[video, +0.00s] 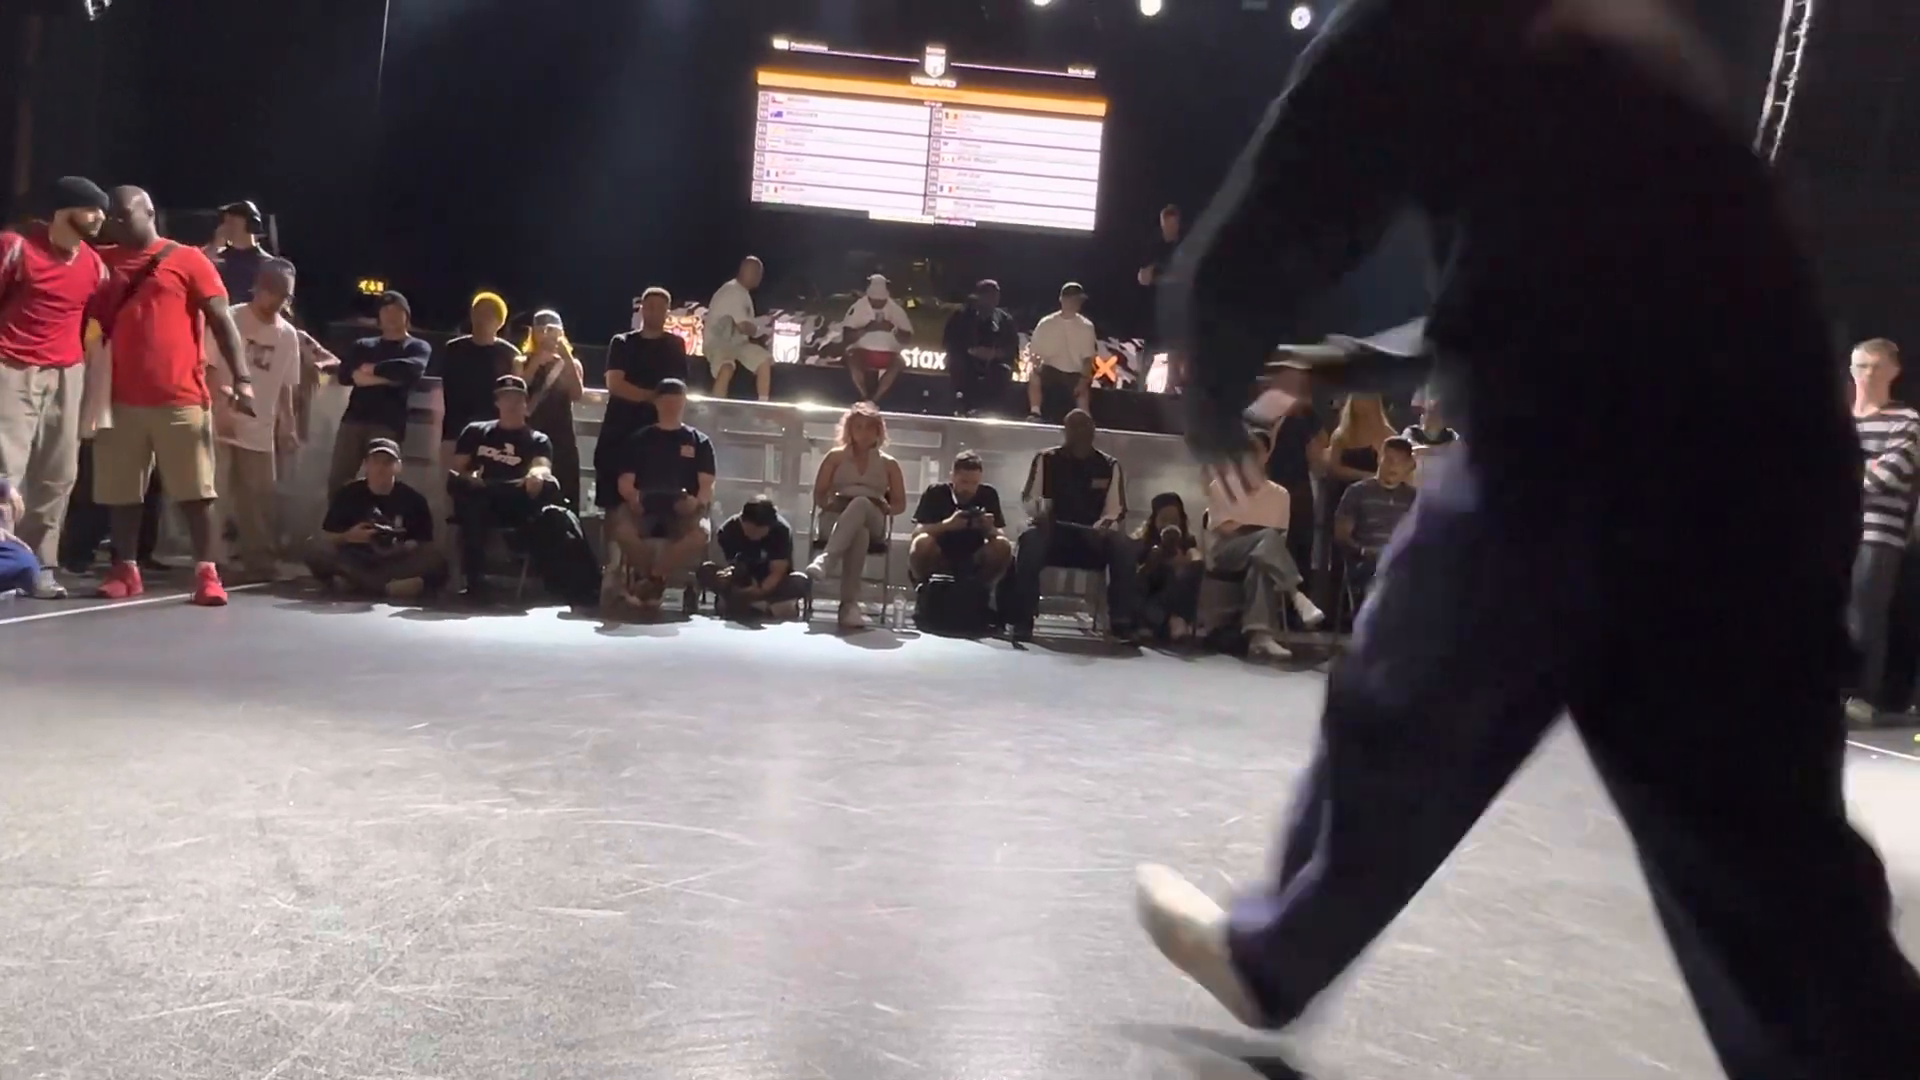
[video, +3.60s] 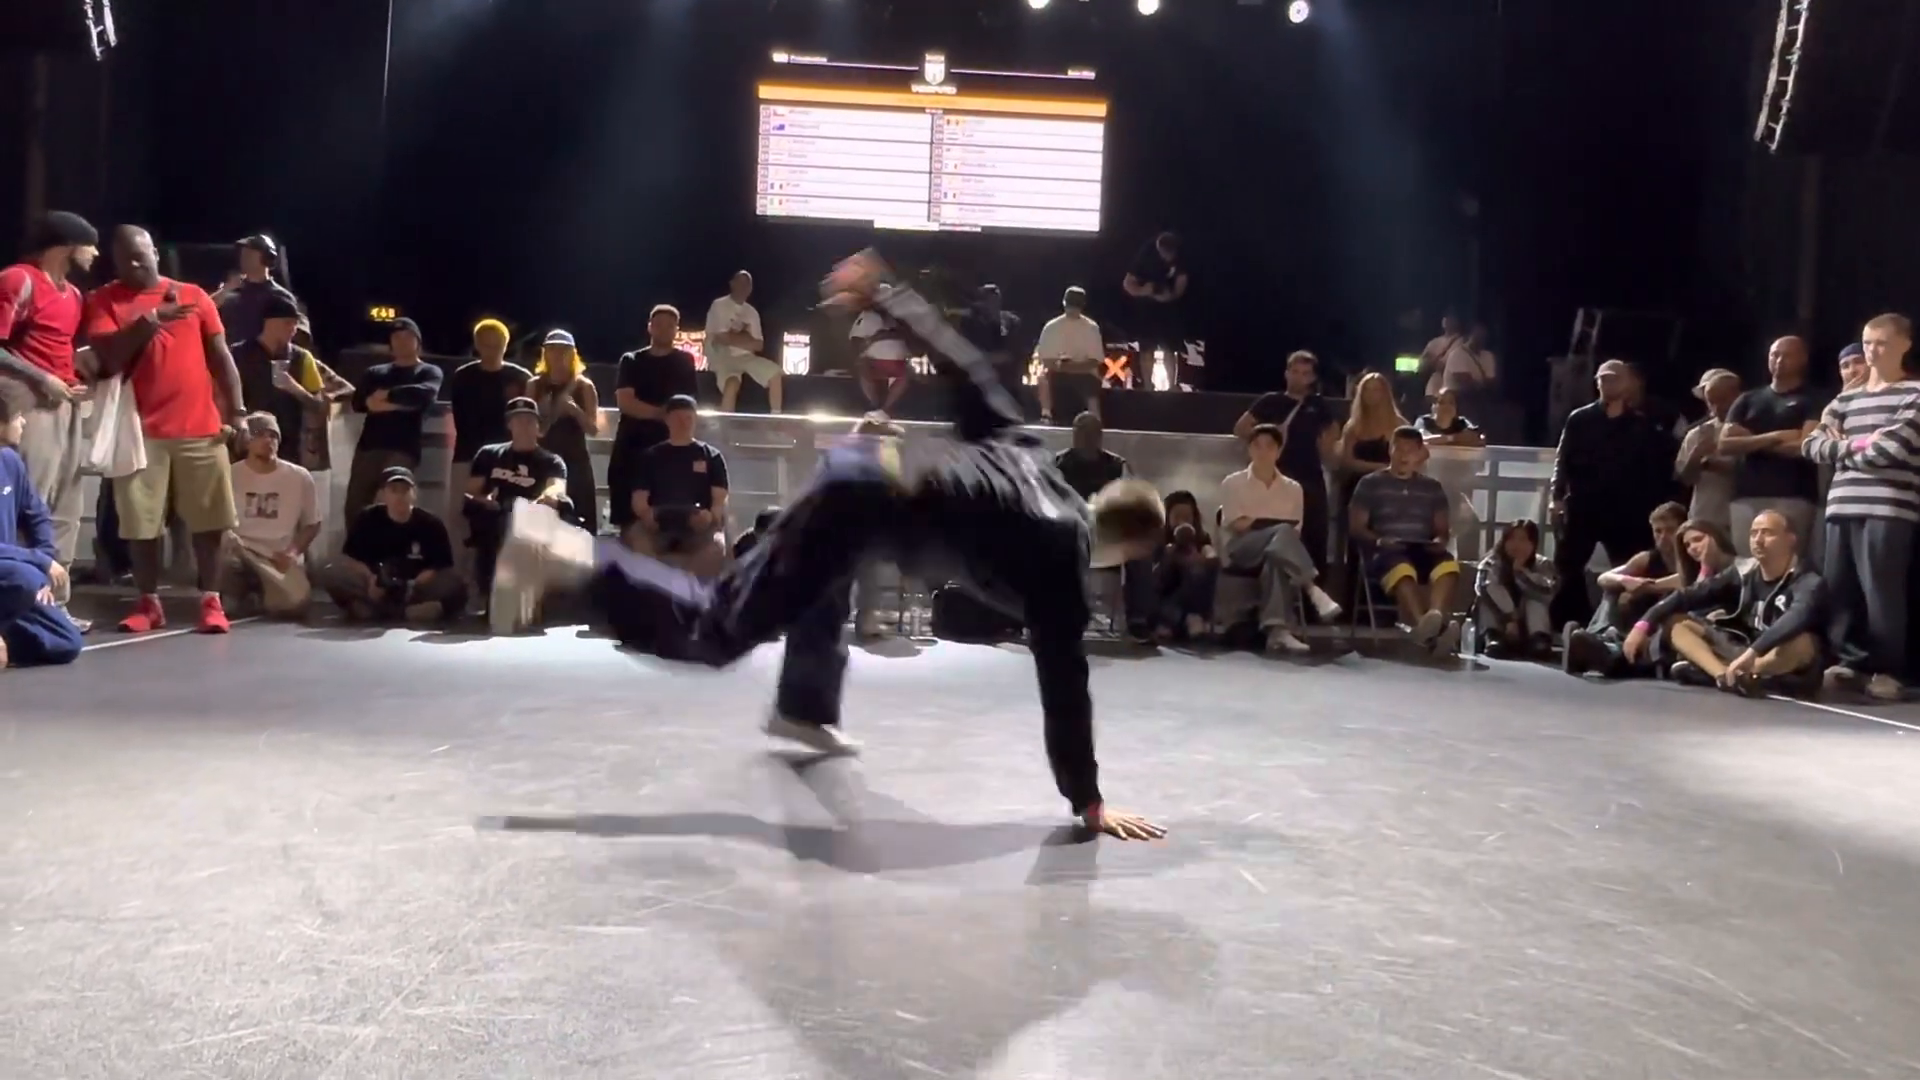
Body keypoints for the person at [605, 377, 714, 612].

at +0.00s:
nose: (671, 405)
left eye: (676, 400)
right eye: (666, 400)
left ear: (684, 402)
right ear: (657, 403)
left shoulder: (699, 441)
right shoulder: (638, 439)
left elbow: (706, 486)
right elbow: (625, 482)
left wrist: (696, 503)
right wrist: (635, 499)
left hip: (681, 503)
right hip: (645, 502)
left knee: (700, 533)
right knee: (621, 524)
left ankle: (653, 579)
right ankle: (654, 581)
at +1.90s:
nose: (664, 435)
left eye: (668, 430)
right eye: (658, 430)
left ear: (675, 433)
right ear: (647, 433)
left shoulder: (691, 468)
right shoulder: (631, 468)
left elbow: (701, 512)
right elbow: (619, 512)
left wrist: (691, 528)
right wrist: (630, 530)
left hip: (677, 530)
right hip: (641, 529)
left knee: (696, 560)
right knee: (615, 553)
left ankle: (650, 608)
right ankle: (651, 607)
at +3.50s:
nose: (682, 422)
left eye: (687, 417)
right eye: (677, 417)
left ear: (694, 421)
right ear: (666, 420)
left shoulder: (709, 456)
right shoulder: (649, 456)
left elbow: (718, 499)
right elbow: (637, 499)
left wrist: (708, 517)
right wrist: (648, 517)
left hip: (694, 519)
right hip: (659, 518)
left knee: (714, 550)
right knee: (637, 544)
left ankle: (670, 598)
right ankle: (665, 596)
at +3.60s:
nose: (683, 422)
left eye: (688, 417)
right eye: (677, 417)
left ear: (695, 420)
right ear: (667, 419)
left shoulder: (711, 456)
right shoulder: (650, 456)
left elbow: (719, 501)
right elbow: (639, 498)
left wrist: (709, 517)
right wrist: (648, 516)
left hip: (695, 519)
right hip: (660, 519)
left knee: (716, 546)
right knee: (638, 536)